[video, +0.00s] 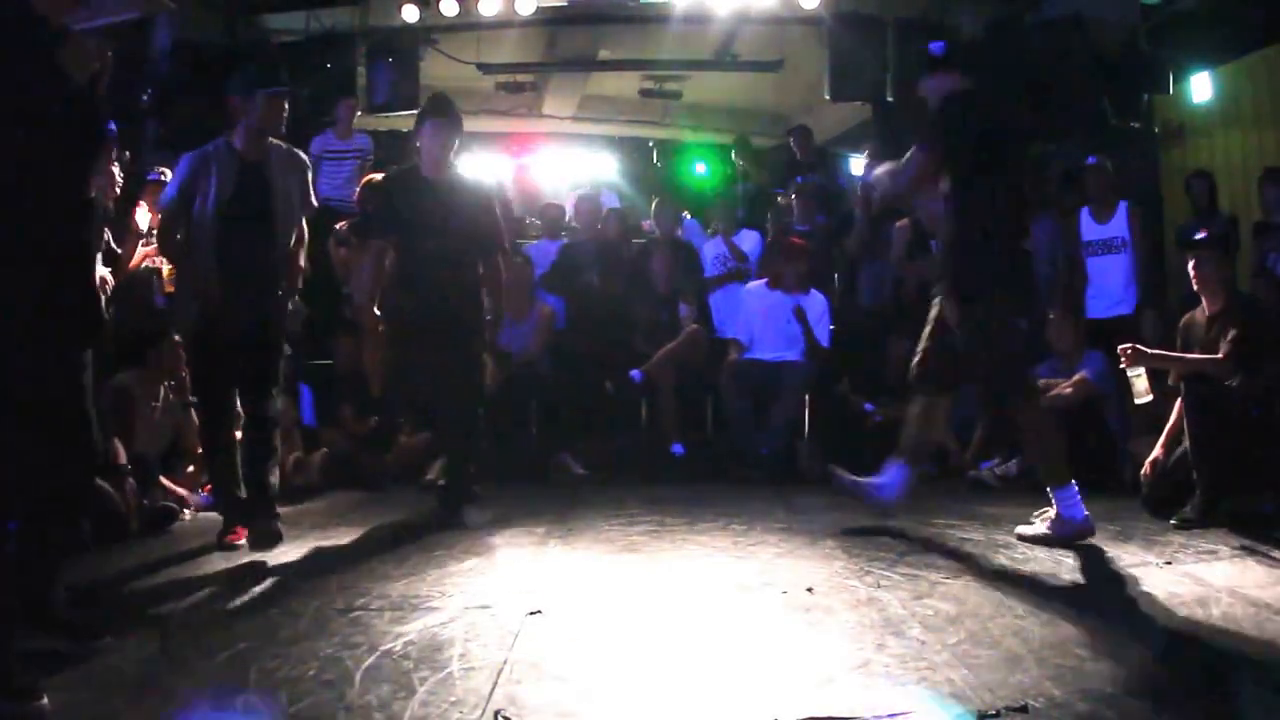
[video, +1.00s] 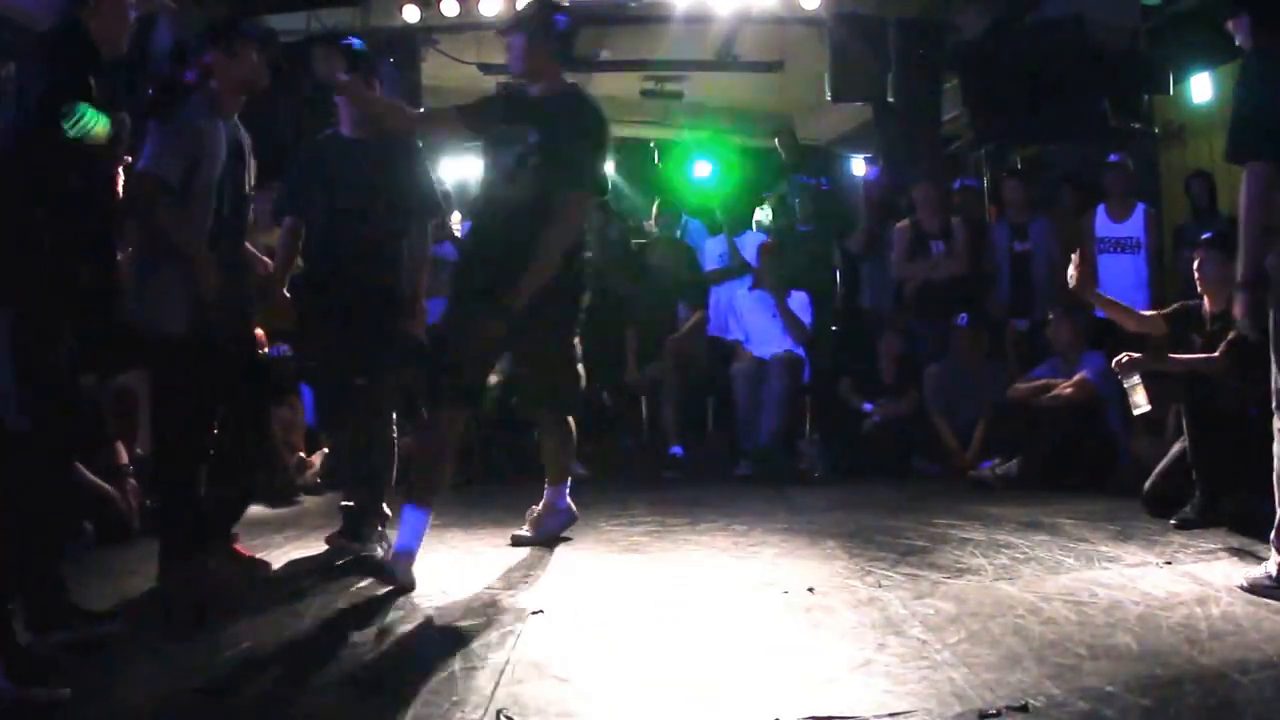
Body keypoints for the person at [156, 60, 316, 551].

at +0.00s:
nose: (282, 113)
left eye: (284, 104)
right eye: (272, 104)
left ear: (280, 109)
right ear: (241, 106)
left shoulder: (294, 164)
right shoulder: (200, 163)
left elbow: (302, 229)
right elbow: (168, 224)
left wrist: (293, 284)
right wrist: (186, 268)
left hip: (268, 307)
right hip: (211, 306)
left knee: (262, 411)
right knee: (216, 415)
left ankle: (264, 511)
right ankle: (232, 515)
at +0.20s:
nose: (297, 109)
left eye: (298, 100)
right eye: (287, 99)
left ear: (293, 107)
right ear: (253, 101)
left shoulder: (301, 170)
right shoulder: (206, 158)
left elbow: (310, 237)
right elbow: (170, 220)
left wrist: (292, 287)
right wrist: (186, 274)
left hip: (269, 314)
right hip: (208, 312)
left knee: (270, 426)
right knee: (210, 424)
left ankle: (268, 534)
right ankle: (230, 503)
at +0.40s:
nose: (302, 106)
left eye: (304, 97)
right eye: (293, 95)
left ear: (302, 109)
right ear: (261, 96)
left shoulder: (304, 171)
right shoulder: (214, 151)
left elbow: (307, 249)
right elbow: (162, 195)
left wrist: (310, 319)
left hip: (275, 315)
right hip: (208, 311)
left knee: (279, 428)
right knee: (209, 421)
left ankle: (270, 536)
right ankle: (222, 515)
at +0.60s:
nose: (284, 94)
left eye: (291, 84)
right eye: (276, 82)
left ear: (297, 92)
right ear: (253, 83)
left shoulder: (296, 158)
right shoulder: (217, 134)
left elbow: (295, 236)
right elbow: (155, 189)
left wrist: (297, 302)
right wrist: (188, 248)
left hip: (267, 314)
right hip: (209, 309)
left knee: (265, 433)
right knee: (205, 432)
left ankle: (269, 542)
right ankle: (191, 549)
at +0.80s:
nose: (262, 90)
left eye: (269, 82)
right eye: (255, 79)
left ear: (277, 88)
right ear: (233, 80)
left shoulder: (263, 149)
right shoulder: (199, 131)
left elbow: (261, 233)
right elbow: (154, 191)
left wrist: (280, 297)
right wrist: (196, 261)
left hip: (253, 314)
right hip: (198, 313)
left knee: (265, 430)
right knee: (193, 435)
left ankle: (270, 547)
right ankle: (180, 561)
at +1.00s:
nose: (259, 71)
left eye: (260, 60)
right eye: (249, 59)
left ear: (249, 69)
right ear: (217, 61)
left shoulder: (239, 137)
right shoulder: (185, 124)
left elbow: (232, 222)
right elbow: (148, 201)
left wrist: (256, 260)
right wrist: (196, 259)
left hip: (221, 303)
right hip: (175, 306)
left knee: (243, 423)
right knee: (182, 426)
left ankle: (216, 536)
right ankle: (180, 553)